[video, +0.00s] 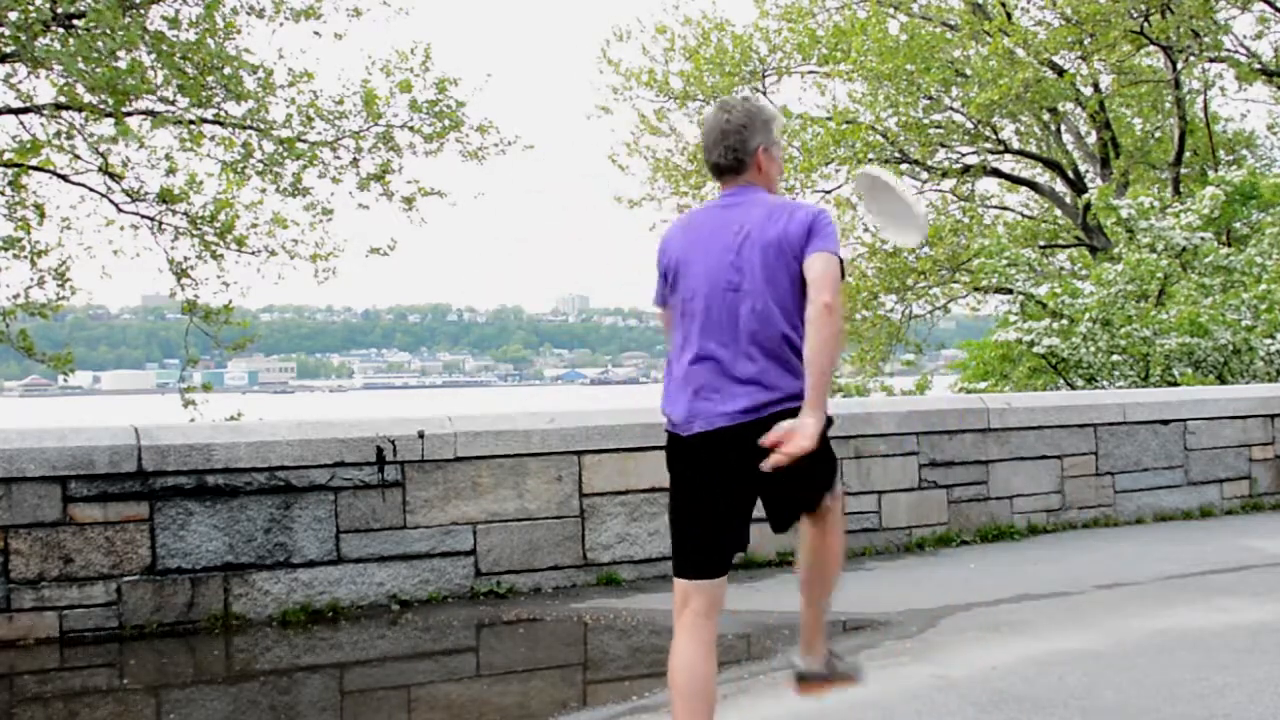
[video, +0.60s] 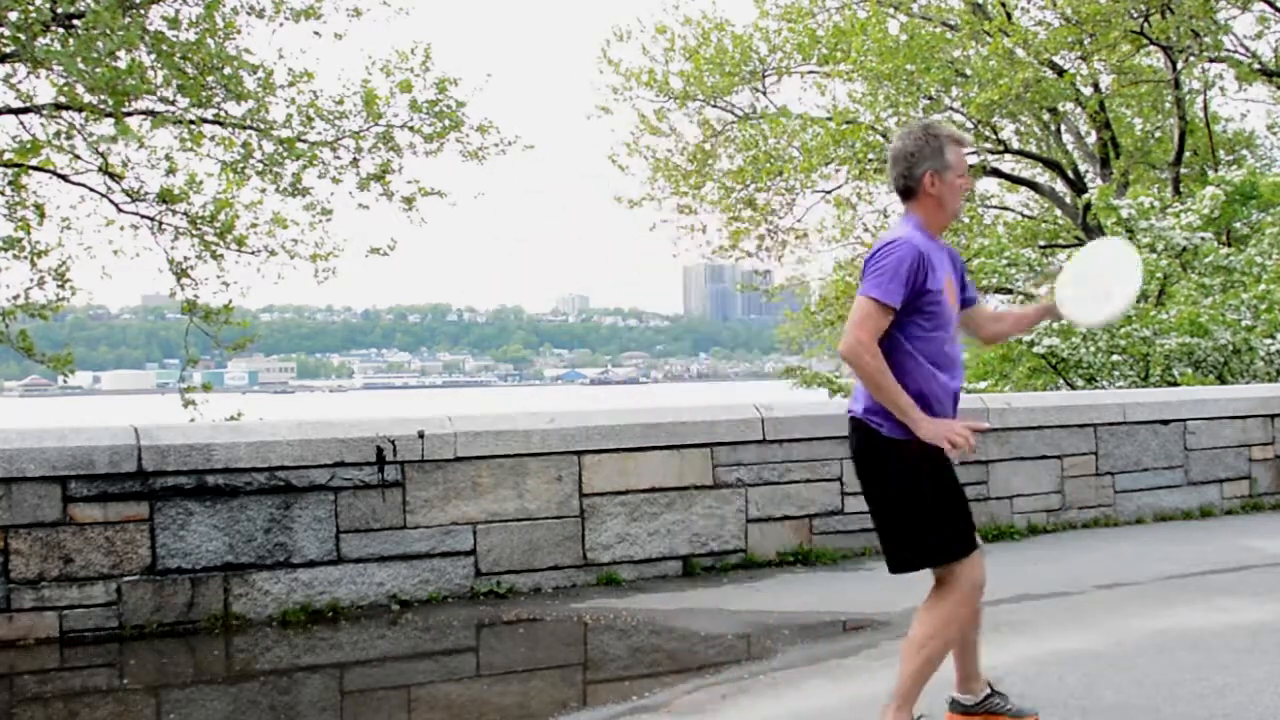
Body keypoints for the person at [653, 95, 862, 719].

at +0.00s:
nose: (782, 159)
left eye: (777, 149)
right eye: (778, 149)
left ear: (713, 164)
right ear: (763, 156)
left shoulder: (677, 235)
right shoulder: (803, 219)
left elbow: (675, 334)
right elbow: (824, 301)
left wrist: (702, 411)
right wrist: (813, 413)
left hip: (695, 435)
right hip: (778, 424)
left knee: (694, 607)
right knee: (822, 506)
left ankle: (689, 716)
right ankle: (814, 656)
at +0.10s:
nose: (806, 163)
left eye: (802, 152)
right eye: (801, 153)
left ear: (738, 173)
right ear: (785, 163)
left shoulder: (713, 240)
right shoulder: (825, 226)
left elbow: (728, 311)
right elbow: (848, 312)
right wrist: (853, 422)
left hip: (716, 441)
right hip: (800, 433)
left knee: (708, 608)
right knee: (851, 555)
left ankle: (693, 717)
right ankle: (858, 700)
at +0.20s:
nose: (841, 174)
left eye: (836, 164)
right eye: (837, 165)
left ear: (780, 182)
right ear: (822, 173)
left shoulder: (763, 246)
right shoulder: (851, 230)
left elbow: (816, 326)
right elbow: (863, 321)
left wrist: (900, 287)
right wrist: (893, 418)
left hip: (751, 440)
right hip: (829, 438)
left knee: (733, 591)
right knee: (885, 578)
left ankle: (691, 715)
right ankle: (882, 712)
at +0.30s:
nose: (886, 184)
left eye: (882, 173)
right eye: (880, 174)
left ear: (831, 191)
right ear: (863, 183)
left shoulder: (812, 255)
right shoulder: (880, 241)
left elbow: (882, 342)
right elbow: (863, 332)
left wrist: (943, 298)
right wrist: (917, 405)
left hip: (798, 452)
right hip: (865, 449)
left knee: (787, 594)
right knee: (926, 580)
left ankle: (707, 698)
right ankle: (896, 711)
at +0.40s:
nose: (928, 188)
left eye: (926, 177)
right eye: (922, 177)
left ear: (880, 191)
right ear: (897, 187)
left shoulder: (857, 254)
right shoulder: (894, 246)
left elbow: (902, 367)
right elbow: (856, 335)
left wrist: (970, 331)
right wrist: (926, 403)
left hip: (832, 441)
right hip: (876, 440)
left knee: (875, 588)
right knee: (946, 579)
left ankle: (774, 684)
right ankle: (896, 712)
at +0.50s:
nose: (956, 189)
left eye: (955, 177)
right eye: (949, 177)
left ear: (913, 187)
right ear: (919, 185)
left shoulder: (906, 251)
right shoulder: (901, 249)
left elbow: (936, 357)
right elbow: (852, 339)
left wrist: (1016, 330)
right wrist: (923, 409)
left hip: (877, 437)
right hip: (881, 438)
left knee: (928, 576)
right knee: (956, 578)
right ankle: (895, 712)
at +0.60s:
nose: (970, 185)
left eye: (968, 173)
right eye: (962, 173)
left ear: (932, 182)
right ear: (931, 182)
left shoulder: (944, 256)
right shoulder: (903, 249)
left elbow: (986, 328)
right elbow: (857, 344)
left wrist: (1051, 307)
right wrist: (920, 420)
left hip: (920, 437)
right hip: (893, 438)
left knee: (964, 570)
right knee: (962, 575)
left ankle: (971, 693)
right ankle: (897, 710)